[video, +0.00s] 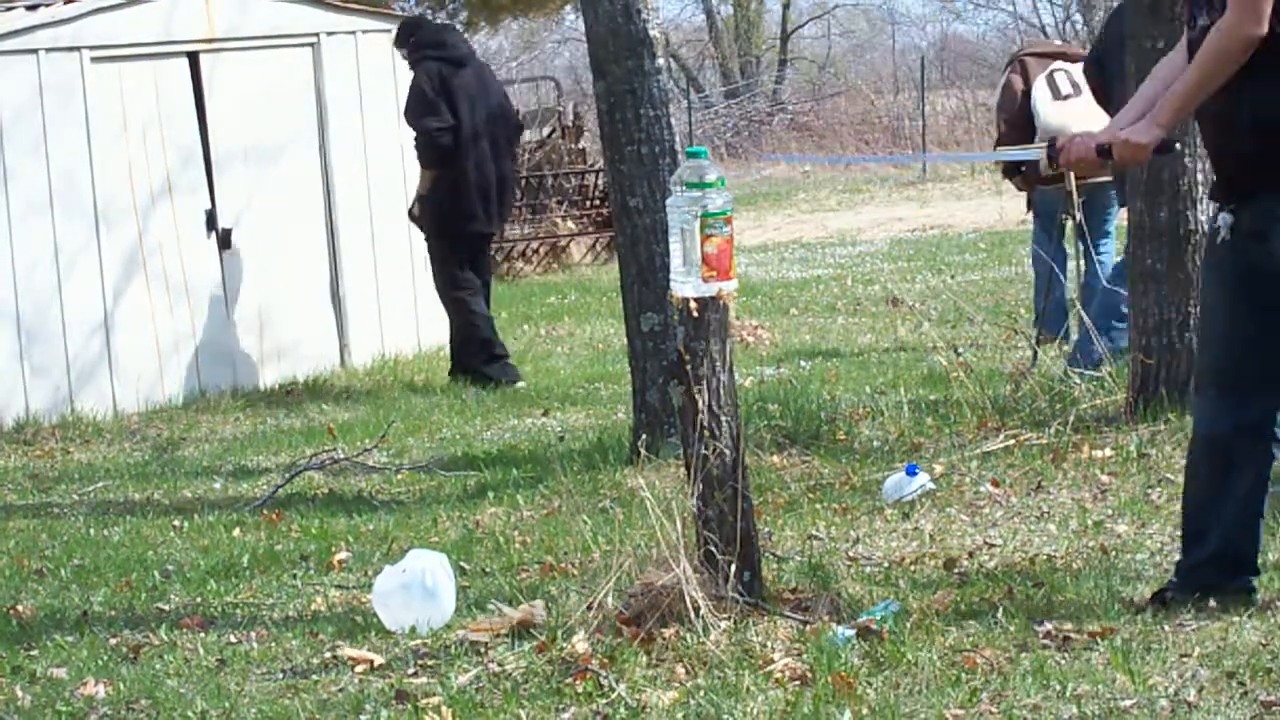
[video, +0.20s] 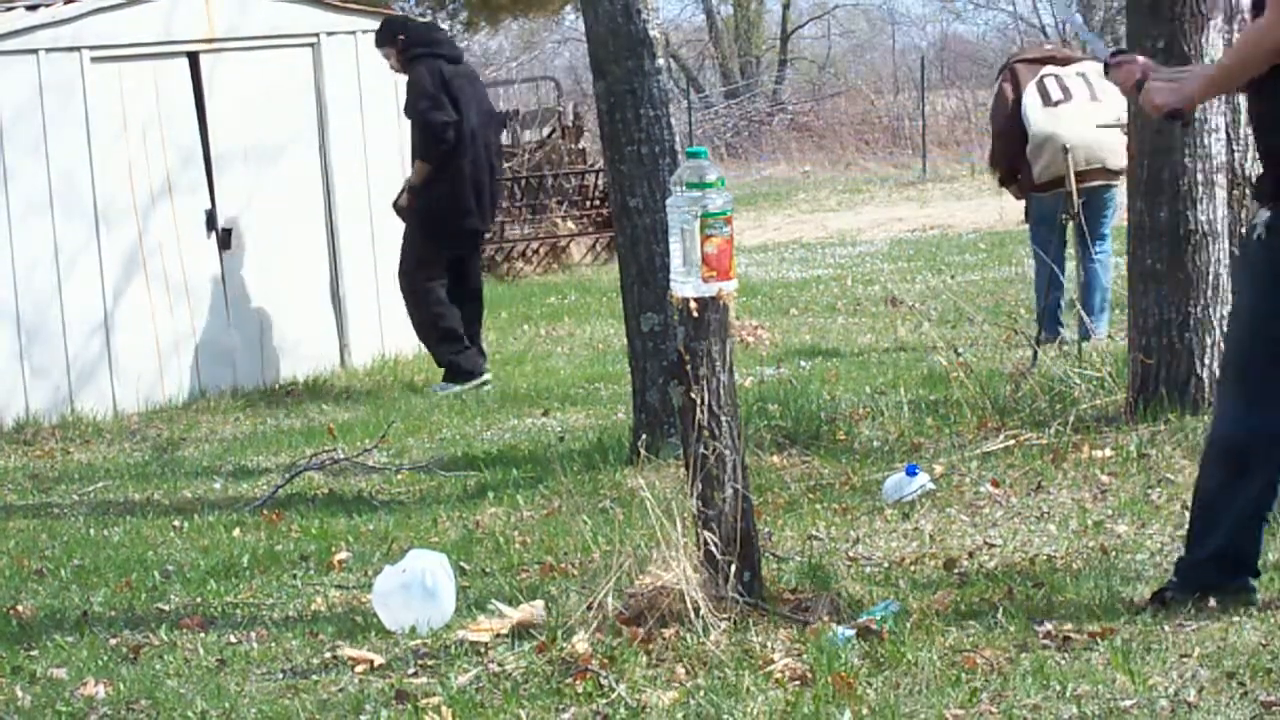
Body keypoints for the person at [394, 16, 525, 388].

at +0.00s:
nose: (405, 59)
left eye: (405, 52)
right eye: (403, 53)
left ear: (415, 45)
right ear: (438, 38)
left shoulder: (427, 72)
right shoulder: (479, 69)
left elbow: (435, 134)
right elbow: (510, 121)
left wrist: (422, 191)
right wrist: (499, 172)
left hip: (450, 194)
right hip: (488, 189)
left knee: (455, 283)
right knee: (475, 279)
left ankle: (496, 368)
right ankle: (466, 368)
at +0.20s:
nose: (390, 66)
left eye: (388, 56)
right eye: (386, 59)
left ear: (403, 44)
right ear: (417, 41)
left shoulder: (423, 70)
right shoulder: (462, 69)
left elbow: (436, 127)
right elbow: (494, 121)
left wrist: (413, 183)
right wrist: (472, 169)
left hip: (442, 196)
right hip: (475, 192)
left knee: (417, 277)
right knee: (463, 275)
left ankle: (462, 368)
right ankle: (470, 363)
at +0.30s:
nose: (381, 65)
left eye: (379, 56)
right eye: (376, 59)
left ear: (395, 43)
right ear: (400, 40)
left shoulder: (422, 69)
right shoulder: (451, 67)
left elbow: (439, 130)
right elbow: (479, 133)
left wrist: (408, 186)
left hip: (440, 200)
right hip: (472, 196)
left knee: (411, 283)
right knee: (458, 280)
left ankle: (431, 379)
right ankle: (469, 369)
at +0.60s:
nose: (349, 72)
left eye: (349, 64)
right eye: (345, 66)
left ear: (368, 50)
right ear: (366, 51)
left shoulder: (404, 77)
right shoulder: (398, 76)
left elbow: (429, 145)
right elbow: (422, 145)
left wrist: (395, 199)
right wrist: (394, 197)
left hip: (423, 213)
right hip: (424, 211)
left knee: (401, 299)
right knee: (441, 298)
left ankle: (378, 388)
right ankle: (469, 376)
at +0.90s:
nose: (312, 74)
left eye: (313, 65)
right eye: (308, 67)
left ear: (333, 53)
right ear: (332, 54)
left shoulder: (369, 79)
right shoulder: (352, 80)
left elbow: (398, 145)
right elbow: (363, 149)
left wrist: (365, 203)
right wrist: (348, 204)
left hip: (386, 214)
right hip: (368, 214)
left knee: (384, 300)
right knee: (379, 298)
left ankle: (379, 386)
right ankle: (440, 361)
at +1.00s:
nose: (303, 75)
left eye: (306, 66)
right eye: (299, 68)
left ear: (325, 53)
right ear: (315, 57)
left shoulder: (360, 78)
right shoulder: (334, 80)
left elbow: (391, 145)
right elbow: (343, 149)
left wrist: (360, 204)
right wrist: (330, 202)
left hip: (375, 216)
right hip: (347, 215)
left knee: (374, 299)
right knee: (346, 293)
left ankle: (379, 387)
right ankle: (414, 349)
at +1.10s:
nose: (293, 74)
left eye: (296, 65)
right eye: (289, 67)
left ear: (316, 52)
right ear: (303, 58)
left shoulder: (354, 80)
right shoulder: (318, 86)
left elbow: (386, 144)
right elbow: (326, 152)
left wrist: (354, 203)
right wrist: (314, 203)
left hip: (365, 218)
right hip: (329, 218)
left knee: (366, 298)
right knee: (323, 290)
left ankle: (379, 386)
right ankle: (369, 372)